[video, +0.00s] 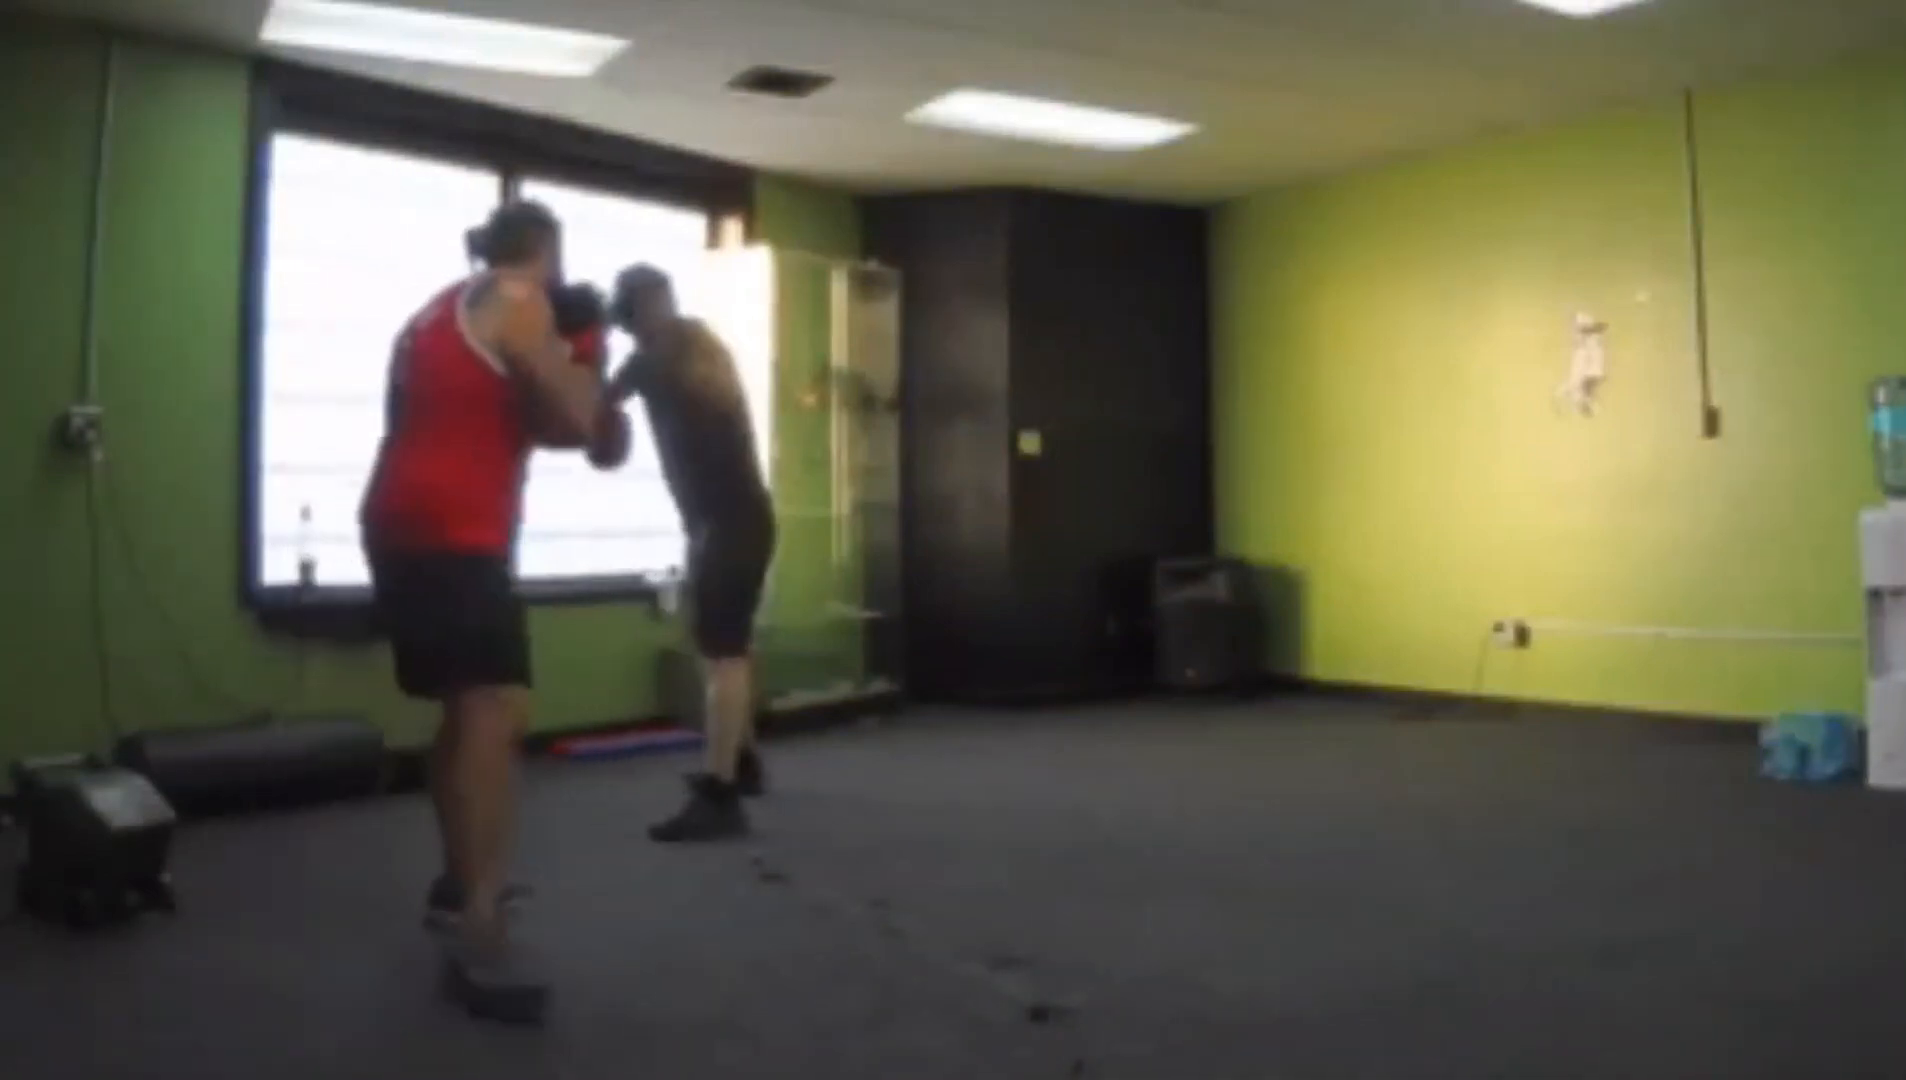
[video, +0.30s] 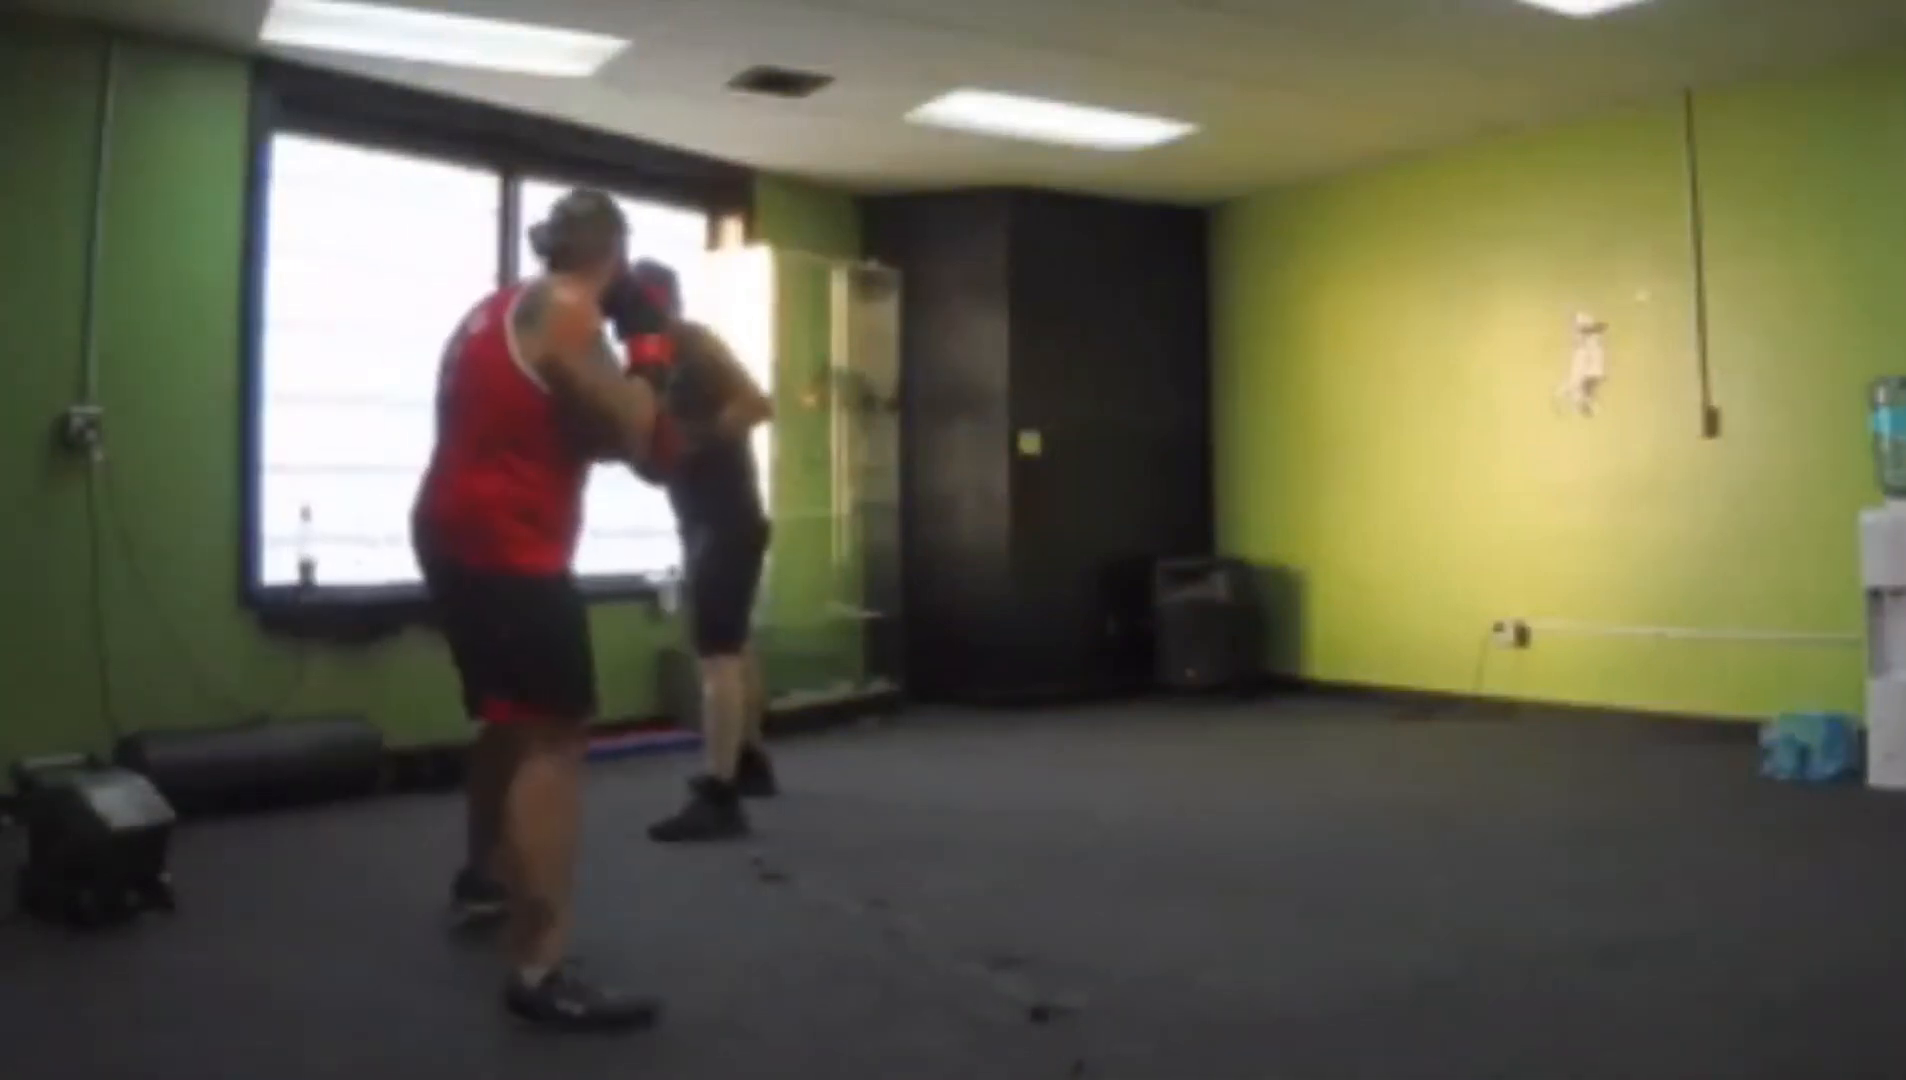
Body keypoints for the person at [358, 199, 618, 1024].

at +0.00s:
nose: (556, 275)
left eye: (554, 262)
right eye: (555, 261)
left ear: (489, 250)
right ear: (542, 252)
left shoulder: (437, 314)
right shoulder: (513, 302)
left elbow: (533, 424)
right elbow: (578, 419)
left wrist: (569, 360)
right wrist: (585, 348)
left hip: (401, 527)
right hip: (460, 533)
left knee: (465, 712)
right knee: (493, 714)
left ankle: (459, 883)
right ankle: (480, 937)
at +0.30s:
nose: (617, 273)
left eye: (615, 260)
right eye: (619, 260)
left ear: (546, 247)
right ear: (606, 256)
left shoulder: (491, 311)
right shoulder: (566, 308)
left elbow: (563, 424)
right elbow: (633, 423)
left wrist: (617, 397)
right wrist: (642, 383)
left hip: (453, 538)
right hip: (517, 549)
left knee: (509, 724)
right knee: (555, 741)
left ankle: (486, 877)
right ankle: (538, 968)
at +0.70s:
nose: (687, 315)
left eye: (684, 301)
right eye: (685, 300)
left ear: (621, 292)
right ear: (669, 296)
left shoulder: (576, 345)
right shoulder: (639, 349)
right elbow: (688, 466)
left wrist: (680, 414)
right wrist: (704, 408)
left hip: (505, 569)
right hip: (570, 578)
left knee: (597, 743)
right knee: (626, 762)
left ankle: (606, 849)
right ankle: (552, 965)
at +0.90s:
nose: (642, 333)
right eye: (642, 321)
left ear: (577, 326)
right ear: (637, 321)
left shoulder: (547, 393)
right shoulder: (652, 366)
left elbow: (586, 457)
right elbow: (711, 437)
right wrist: (752, 432)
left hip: (576, 580)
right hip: (660, 575)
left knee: (627, 721)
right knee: (673, 726)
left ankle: (633, 868)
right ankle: (633, 901)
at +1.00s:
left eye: (569, 324)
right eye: (598, 315)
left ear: (559, 330)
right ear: (618, 319)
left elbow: (527, 495)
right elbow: (770, 394)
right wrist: (752, 356)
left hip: (618, 565)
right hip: (709, 553)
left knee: (635, 705)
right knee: (712, 707)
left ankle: (643, 849)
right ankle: (650, 852)